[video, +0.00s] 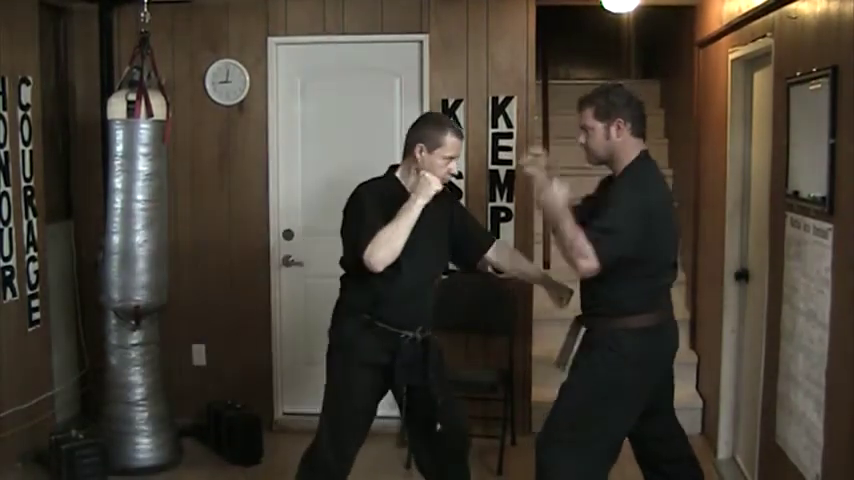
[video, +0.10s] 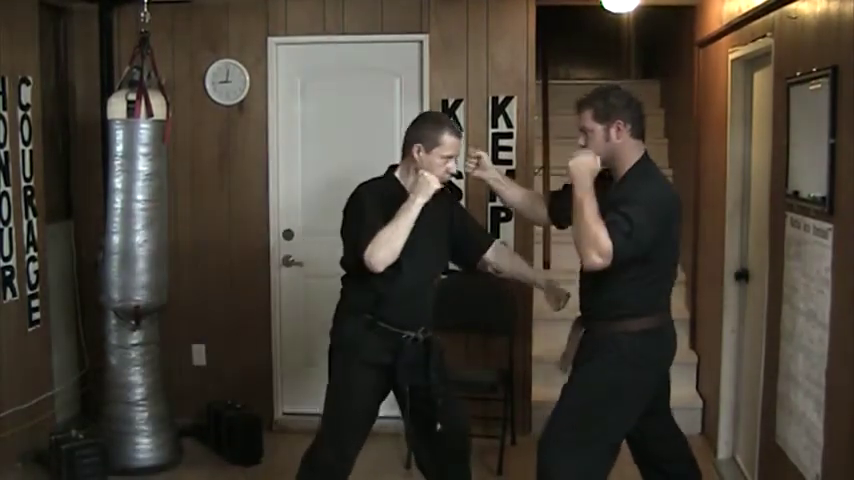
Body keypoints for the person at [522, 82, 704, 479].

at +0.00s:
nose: (581, 141)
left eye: (587, 130)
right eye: (581, 131)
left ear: (618, 129)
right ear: (619, 129)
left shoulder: (633, 186)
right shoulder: (631, 178)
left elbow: (586, 260)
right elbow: (575, 221)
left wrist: (555, 205)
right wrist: (544, 185)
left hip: (625, 341)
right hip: (645, 333)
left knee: (562, 454)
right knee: (663, 450)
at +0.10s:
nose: (580, 142)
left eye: (586, 132)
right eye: (580, 132)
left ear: (618, 131)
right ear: (617, 131)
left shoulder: (649, 192)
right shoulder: (609, 182)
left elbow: (595, 255)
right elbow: (545, 210)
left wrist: (581, 181)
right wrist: (494, 179)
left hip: (631, 343)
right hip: (617, 337)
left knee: (562, 456)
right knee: (661, 451)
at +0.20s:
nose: (579, 144)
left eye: (584, 134)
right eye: (579, 134)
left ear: (617, 132)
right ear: (616, 133)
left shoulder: (650, 192)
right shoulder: (610, 184)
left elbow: (600, 257)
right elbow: (541, 211)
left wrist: (589, 184)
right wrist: (492, 177)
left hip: (632, 345)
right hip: (614, 340)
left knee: (563, 456)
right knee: (659, 453)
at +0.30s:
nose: (577, 144)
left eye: (583, 134)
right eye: (577, 134)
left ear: (615, 132)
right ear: (612, 134)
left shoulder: (649, 192)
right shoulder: (609, 182)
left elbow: (597, 258)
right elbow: (543, 212)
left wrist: (582, 184)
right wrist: (497, 176)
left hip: (631, 344)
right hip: (615, 338)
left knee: (563, 455)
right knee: (658, 451)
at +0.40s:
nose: (577, 143)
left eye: (583, 133)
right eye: (577, 133)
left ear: (613, 132)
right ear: (611, 133)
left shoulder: (644, 191)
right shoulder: (611, 182)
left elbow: (587, 256)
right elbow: (553, 216)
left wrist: (572, 182)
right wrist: (520, 175)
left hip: (629, 342)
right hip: (614, 337)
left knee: (560, 455)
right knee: (657, 448)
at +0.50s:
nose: (577, 141)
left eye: (583, 131)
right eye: (578, 132)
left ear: (615, 129)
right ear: (615, 131)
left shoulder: (637, 188)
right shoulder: (622, 180)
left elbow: (574, 250)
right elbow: (566, 216)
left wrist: (555, 175)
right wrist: (546, 170)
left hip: (627, 343)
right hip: (630, 336)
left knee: (559, 456)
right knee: (659, 448)